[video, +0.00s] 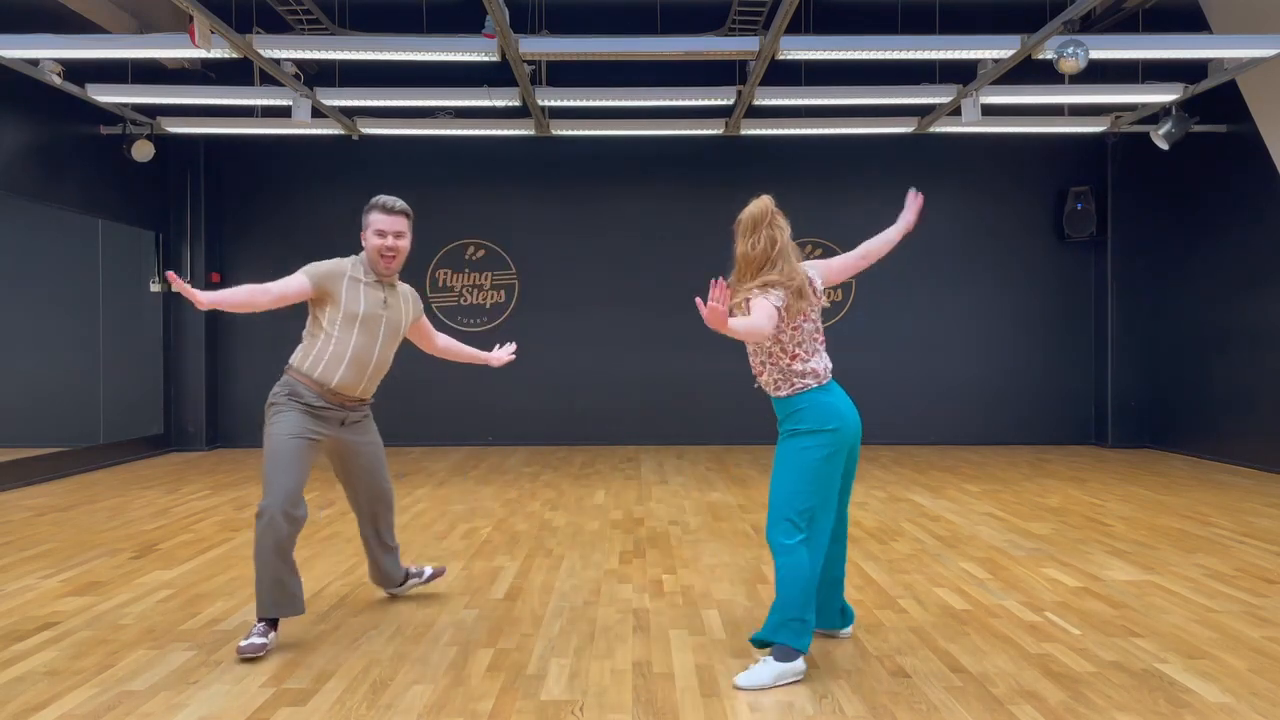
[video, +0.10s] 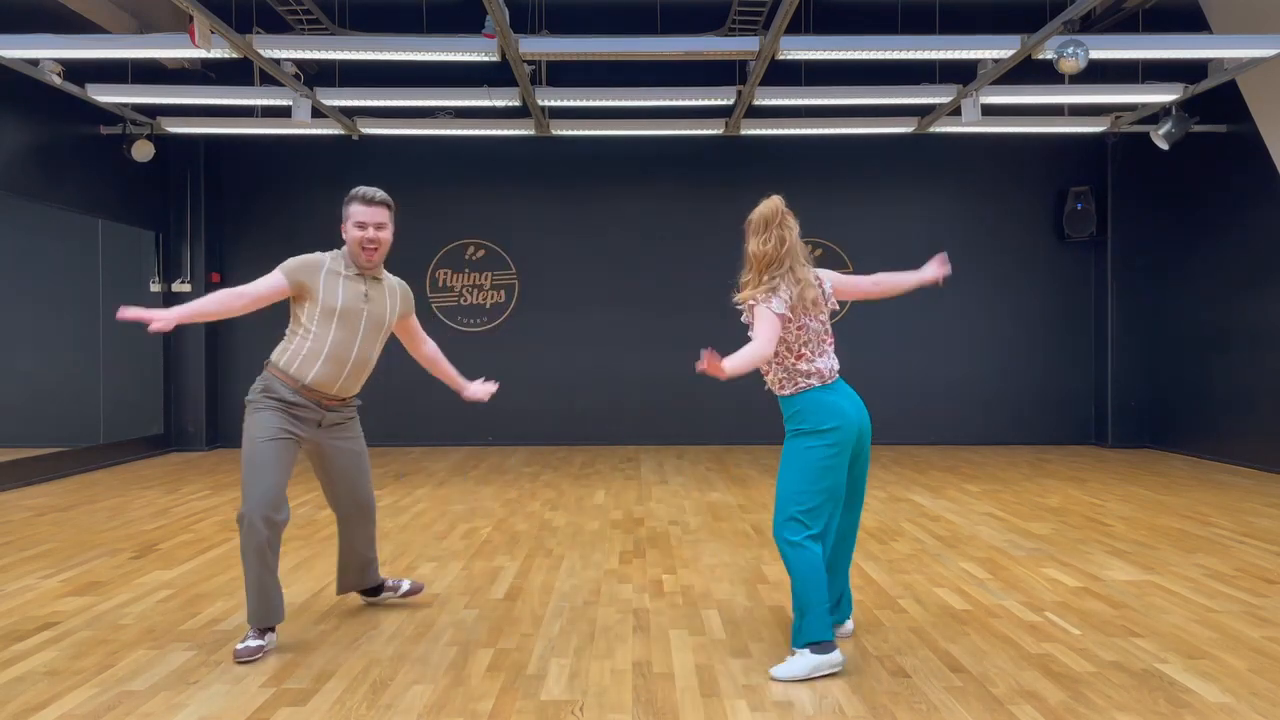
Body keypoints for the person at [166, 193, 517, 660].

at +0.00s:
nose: (390, 244)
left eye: (399, 235)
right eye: (381, 234)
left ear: (410, 241)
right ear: (363, 236)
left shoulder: (407, 300)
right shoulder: (332, 275)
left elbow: (434, 342)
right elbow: (267, 294)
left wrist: (487, 356)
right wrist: (205, 298)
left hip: (355, 414)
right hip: (299, 402)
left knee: (378, 497)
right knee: (279, 504)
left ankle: (391, 576)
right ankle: (267, 618)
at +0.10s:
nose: (371, 235)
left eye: (380, 226)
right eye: (361, 225)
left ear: (392, 233)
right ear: (344, 229)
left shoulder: (396, 295)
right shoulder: (311, 270)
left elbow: (421, 345)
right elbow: (241, 298)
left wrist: (462, 386)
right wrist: (174, 313)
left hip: (339, 413)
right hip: (279, 401)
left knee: (359, 504)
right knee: (260, 510)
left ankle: (367, 582)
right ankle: (262, 627)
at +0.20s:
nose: (351, 229)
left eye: (361, 220)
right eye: (342, 219)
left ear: (374, 225)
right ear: (325, 222)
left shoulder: (389, 294)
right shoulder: (292, 269)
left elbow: (401, 363)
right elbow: (235, 320)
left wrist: (417, 426)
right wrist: (173, 368)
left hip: (329, 412)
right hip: (266, 399)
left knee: (344, 512)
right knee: (254, 512)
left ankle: (337, 591)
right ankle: (256, 627)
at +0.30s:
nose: (339, 224)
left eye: (348, 215)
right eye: (328, 214)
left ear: (360, 219)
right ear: (309, 217)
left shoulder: (380, 292)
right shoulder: (275, 273)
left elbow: (377, 365)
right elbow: (265, 340)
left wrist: (366, 428)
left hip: (324, 414)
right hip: (259, 401)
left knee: (322, 526)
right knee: (246, 512)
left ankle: (304, 588)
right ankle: (256, 625)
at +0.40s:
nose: (333, 224)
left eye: (340, 215)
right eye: (321, 214)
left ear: (350, 218)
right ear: (296, 216)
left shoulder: (372, 275)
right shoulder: (268, 273)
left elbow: (376, 336)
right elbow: (294, 330)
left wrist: (325, 330)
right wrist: (353, 323)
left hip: (325, 410)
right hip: (262, 399)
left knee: (304, 496)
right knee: (237, 517)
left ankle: (286, 555)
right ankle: (255, 627)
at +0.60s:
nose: (332, 226)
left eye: (339, 216)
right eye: (320, 216)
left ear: (346, 219)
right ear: (291, 218)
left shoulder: (370, 267)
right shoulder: (263, 272)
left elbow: (360, 320)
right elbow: (292, 317)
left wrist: (296, 271)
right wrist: (353, 263)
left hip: (361, 406)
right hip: (294, 407)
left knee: (332, 470)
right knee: (269, 521)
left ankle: (314, 549)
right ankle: (288, 634)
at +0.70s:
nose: (334, 236)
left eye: (340, 225)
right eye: (321, 226)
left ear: (347, 225)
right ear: (291, 226)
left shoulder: (371, 277)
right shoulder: (267, 295)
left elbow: (371, 348)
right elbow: (282, 363)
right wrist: (346, 333)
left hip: (385, 417)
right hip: (313, 422)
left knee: (388, 495)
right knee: (278, 532)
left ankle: (379, 583)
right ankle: (294, 637)